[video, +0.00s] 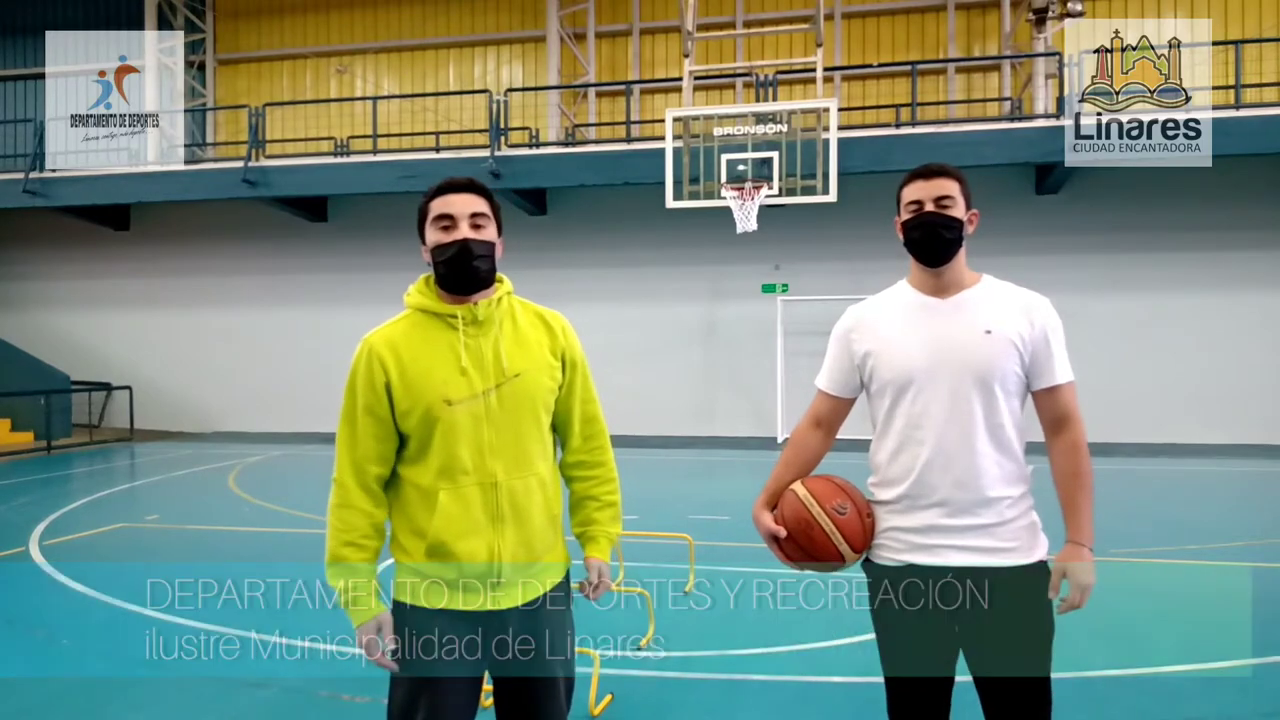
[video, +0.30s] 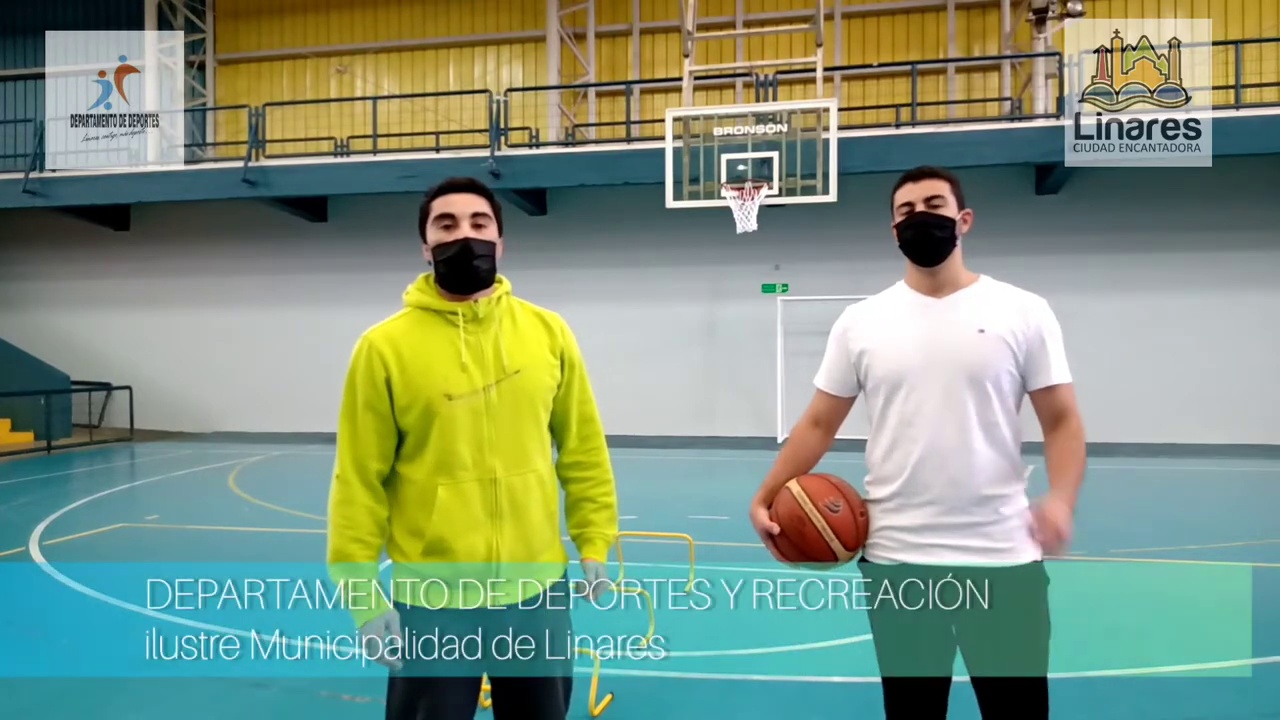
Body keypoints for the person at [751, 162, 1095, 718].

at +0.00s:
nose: (929, 215)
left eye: (944, 204)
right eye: (914, 208)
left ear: (971, 220)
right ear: (898, 229)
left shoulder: (1027, 314)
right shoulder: (863, 324)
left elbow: (1064, 429)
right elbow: (818, 425)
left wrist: (1078, 542)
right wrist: (764, 502)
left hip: (1008, 563)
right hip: (904, 564)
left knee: (1021, 711)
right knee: (914, 712)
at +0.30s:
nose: (920, 215)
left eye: (935, 204)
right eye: (905, 210)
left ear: (964, 220)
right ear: (894, 232)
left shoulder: (1023, 313)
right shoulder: (860, 324)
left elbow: (1063, 423)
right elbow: (816, 425)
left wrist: (1060, 500)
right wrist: (763, 496)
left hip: (1001, 556)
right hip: (899, 557)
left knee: (1017, 709)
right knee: (911, 713)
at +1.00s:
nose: (946, 239)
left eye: (958, 230)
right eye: (929, 232)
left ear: (976, 250)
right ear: (910, 253)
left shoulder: (1020, 323)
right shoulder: (875, 344)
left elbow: (1102, 397)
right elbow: (855, 455)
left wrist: (1042, 406)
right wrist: (853, 544)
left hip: (1010, 547)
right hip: (915, 550)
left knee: (1022, 691)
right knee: (915, 696)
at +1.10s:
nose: (931, 236)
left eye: (945, 229)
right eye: (916, 230)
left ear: (965, 250)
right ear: (900, 257)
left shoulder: (1017, 327)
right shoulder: (870, 347)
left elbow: (1081, 419)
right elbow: (854, 453)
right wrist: (853, 535)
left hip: (1009, 553)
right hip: (912, 556)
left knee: (1029, 701)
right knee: (916, 702)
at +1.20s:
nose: (919, 239)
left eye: (934, 232)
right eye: (904, 234)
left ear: (956, 254)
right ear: (890, 260)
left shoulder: (1009, 333)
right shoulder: (864, 350)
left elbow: (1047, 443)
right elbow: (852, 457)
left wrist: (1070, 549)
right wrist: (853, 547)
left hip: (1002, 555)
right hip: (906, 558)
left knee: (1025, 700)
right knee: (914, 702)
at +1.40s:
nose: (909, 239)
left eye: (923, 231)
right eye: (894, 233)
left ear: (947, 252)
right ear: (880, 255)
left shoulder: (1003, 327)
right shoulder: (853, 348)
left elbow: (1041, 435)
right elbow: (839, 456)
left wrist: (1030, 527)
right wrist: (839, 549)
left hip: (994, 550)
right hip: (898, 556)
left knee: (1018, 701)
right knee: (909, 703)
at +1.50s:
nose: (906, 241)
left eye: (919, 232)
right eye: (891, 236)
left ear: (943, 252)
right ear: (877, 259)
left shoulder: (1000, 330)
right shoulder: (849, 350)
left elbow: (1031, 439)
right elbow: (833, 458)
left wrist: (1033, 536)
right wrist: (828, 552)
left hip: (993, 551)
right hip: (899, 557)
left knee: (1019, 700)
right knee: (910, 703)